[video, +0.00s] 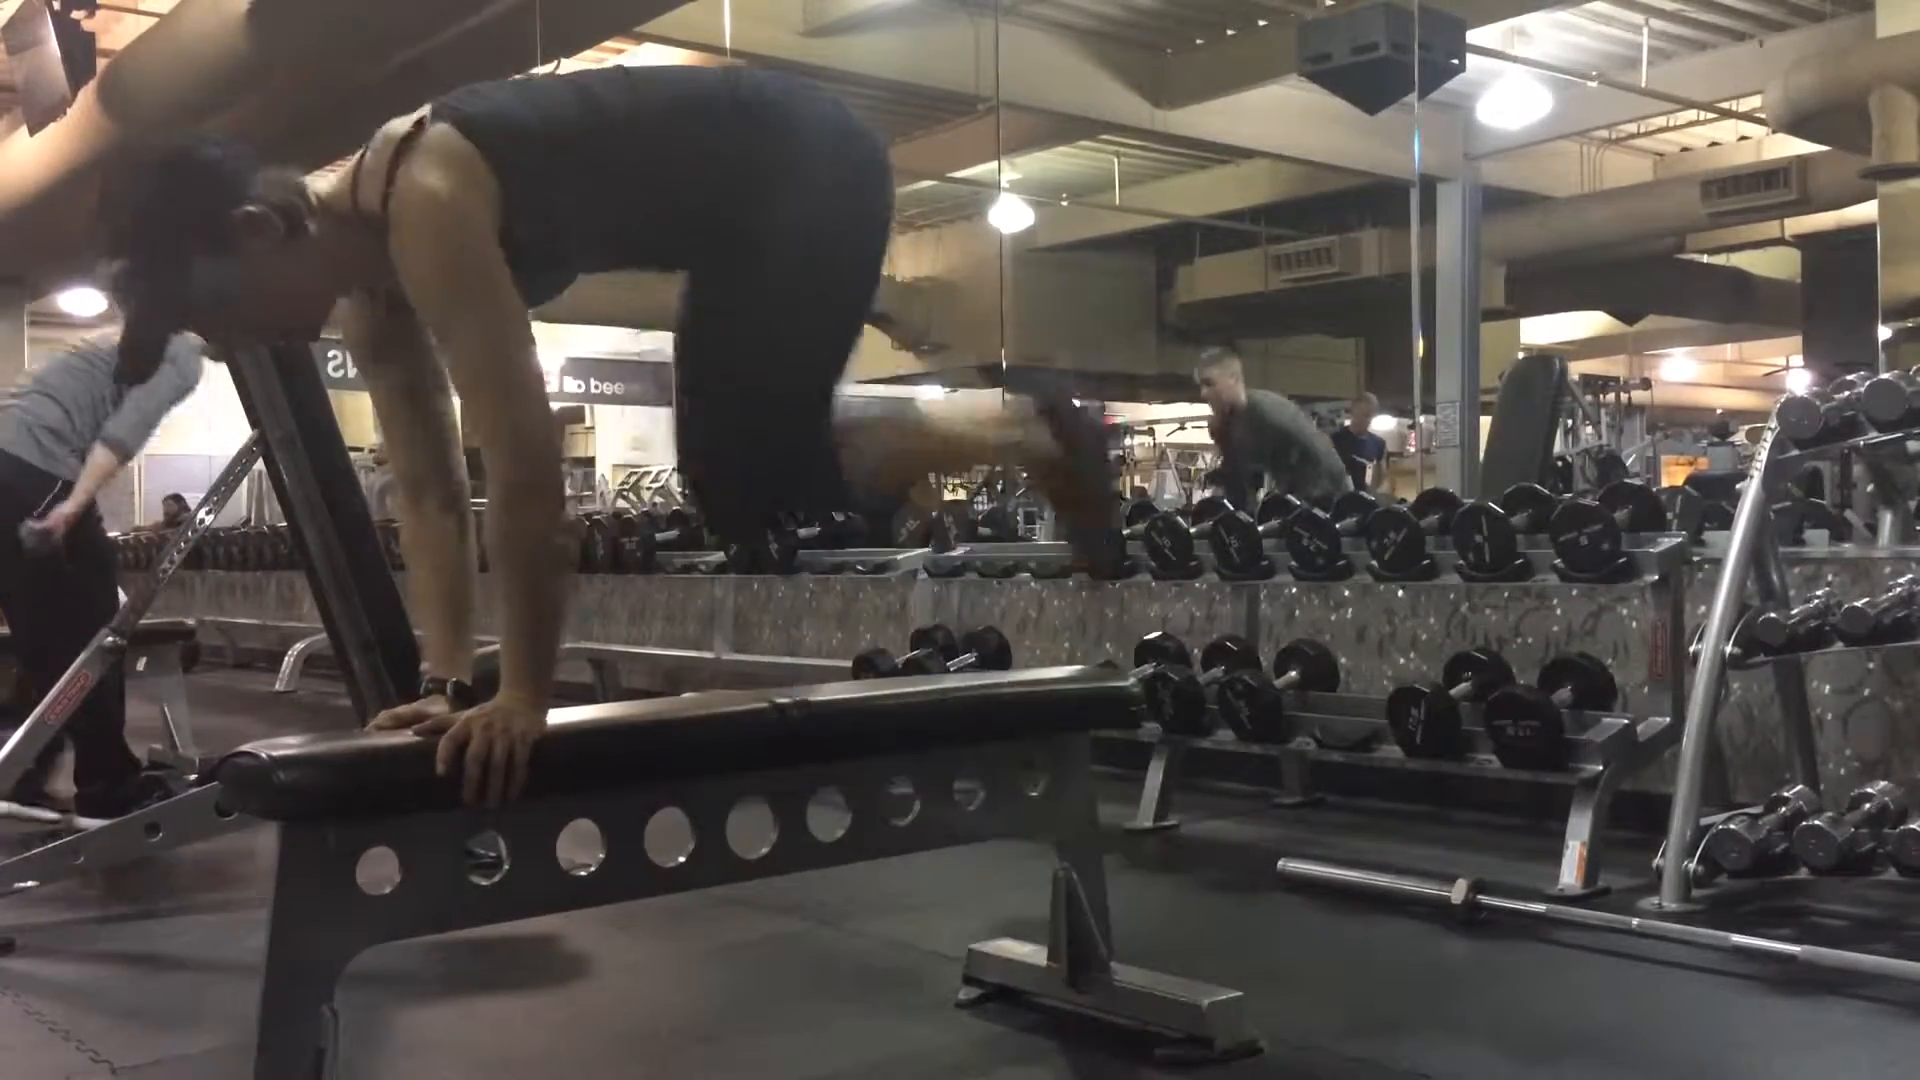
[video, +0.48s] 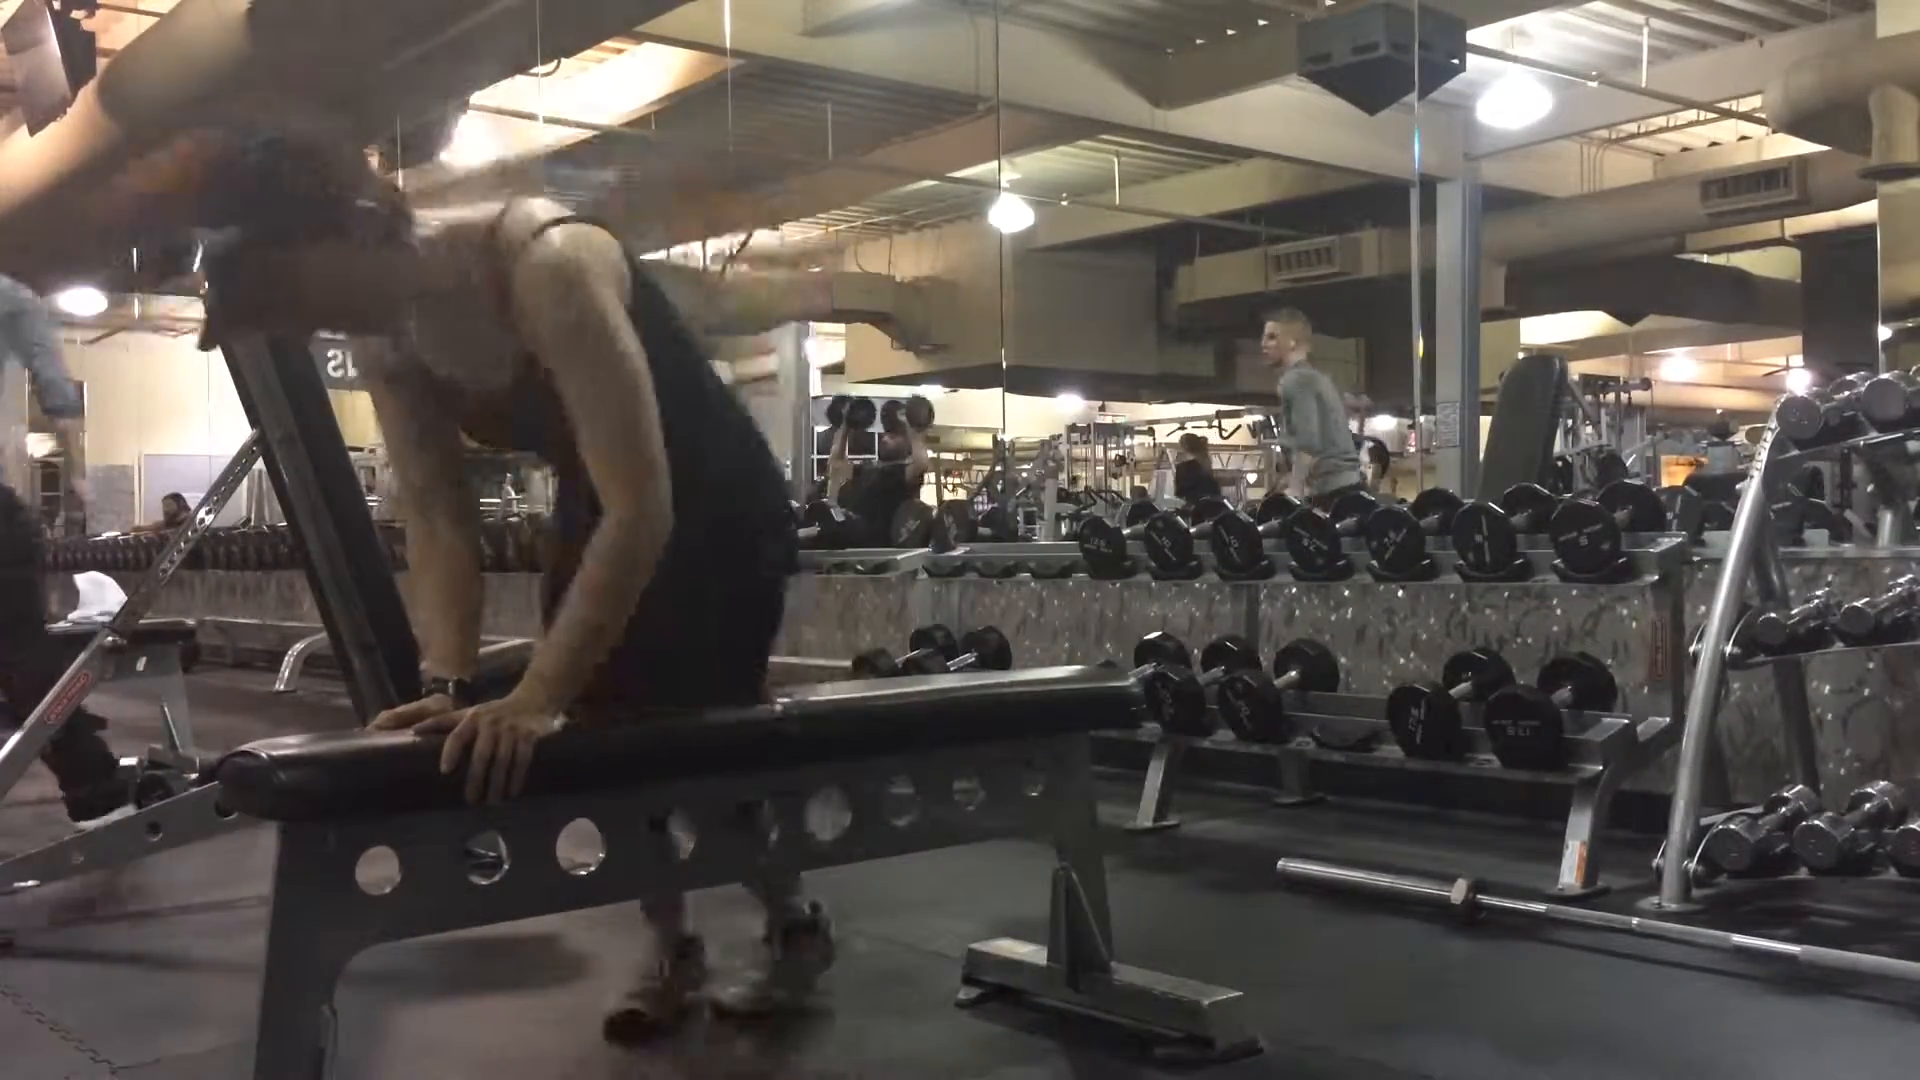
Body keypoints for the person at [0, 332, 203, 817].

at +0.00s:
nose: (212, 356)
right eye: (212, 347)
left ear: (162, 326)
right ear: (200, 340)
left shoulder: (114, 345)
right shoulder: (181, 356)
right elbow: (127, 427)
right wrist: (75, 503)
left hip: (4, 462)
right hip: (38, 473)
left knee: (41, 636)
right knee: (94, 633)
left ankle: (23, 778)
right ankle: (106, 784)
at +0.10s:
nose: (163, 323)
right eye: (163, 311)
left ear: (117, 290)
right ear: (153, 303)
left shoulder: (67, 328)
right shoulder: (130, 330)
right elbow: (114, 415)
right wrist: (79, 492)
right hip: (33, 474)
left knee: (14, 633)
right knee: (86, 630)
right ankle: (105, 781)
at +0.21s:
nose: (110, 231)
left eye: (102, 217)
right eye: (105, 221)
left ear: (53, 236)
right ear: (100, 238)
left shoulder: (16, 291)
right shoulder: (106, 300)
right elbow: (107, 403)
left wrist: (92, 488)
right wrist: (103, 489)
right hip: (28, 477)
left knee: (70, 625)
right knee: (79, 624)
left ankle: (105, 777)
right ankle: (107, 780)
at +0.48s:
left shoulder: (20, 304)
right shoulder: (20, 304)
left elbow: (56, 398)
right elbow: (59, 397)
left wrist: (75, 476)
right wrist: (76, 476)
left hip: (11, 513)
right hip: (9, 514)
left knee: (25, 656)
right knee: (25, 656)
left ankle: (89, 782)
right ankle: (90, 781)